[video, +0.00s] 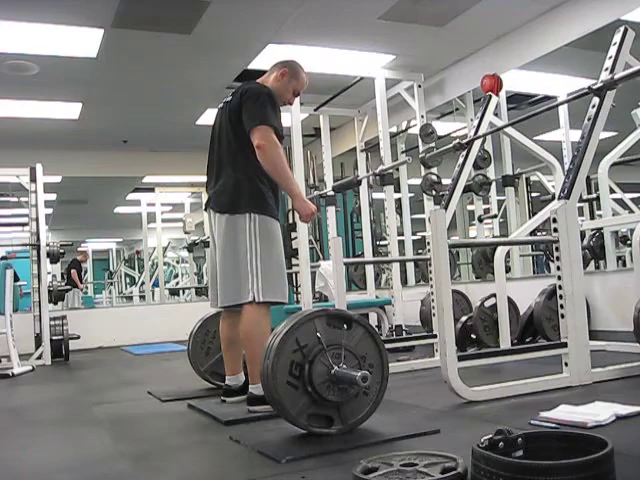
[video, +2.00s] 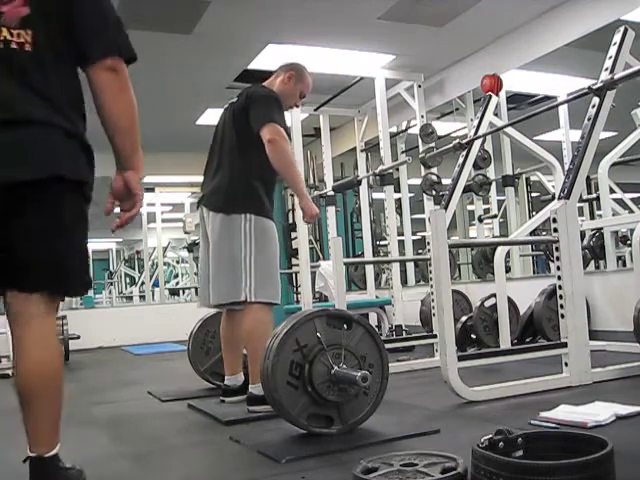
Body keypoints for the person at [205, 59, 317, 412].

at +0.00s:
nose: (292, 100)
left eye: (296, 96)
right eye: (294, 92)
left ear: (272, 72)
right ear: (281, 74)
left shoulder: (231, 103)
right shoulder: (258, 93)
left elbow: (218, 166)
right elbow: (264, 141)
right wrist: (298, 197)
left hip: (222, 208)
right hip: (248, 207)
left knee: (231, 303)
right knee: (257, 300)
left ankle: (234, 383)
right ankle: (260, 390)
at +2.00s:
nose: (298, 103)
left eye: (303, 99)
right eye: (301, 94)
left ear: (277, 76)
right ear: (285, 77)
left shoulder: (237, 104)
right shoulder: (263, 95)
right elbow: (272, 137)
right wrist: (303, 196)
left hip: (220, 207)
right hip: (245, 208)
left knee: (234, 302)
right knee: (259, 301)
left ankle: (233, 383)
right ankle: (260, 389)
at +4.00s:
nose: (256, 67)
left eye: (254, 62)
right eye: (253, 62)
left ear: (221, 68)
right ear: (244, 64)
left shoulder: (209, 101)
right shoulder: (243, 88)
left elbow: (214, 59)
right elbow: (260, 26)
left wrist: (218, 18)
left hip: (234, 206)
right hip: (261, 201)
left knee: (243, 299)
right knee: (268, 298)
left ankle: (233, 383)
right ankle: (259, 389)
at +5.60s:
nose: (317, 223)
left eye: (322, 219)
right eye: (320, 215)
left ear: (306, 197)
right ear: (309, 197)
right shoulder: (278, 198)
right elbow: (261, 246)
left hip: (173, 242)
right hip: (199, 236)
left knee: (246, 307)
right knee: (267, 304)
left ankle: (234, 385)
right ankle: (260, 391)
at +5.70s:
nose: (320, 227)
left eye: (325, 223)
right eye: (323, 219)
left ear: (309, 201)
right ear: (311, 201)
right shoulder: (278, 209)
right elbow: (251, 253)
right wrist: (251, 322)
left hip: (175, 242)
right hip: (196, 238)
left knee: (248, 302)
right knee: (272, 295)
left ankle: (235, 383)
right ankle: (260, 391)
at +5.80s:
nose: (322, 233)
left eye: (326, 228)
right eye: (325, 224)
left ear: (310, 205)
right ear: (312, 205)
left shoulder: (273, 214)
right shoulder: (278, 218)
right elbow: (253, 279)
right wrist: (259, 348)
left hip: (175, 241)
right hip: (194, 239)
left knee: (247, 301)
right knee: (271, 294)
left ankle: (235, 383)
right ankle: (260, 389)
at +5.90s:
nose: (322, 235)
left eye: (327, 230)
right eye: (325, 226)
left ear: (310, 206)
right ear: (312, 206)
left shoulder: (273, 217)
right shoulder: (278, 220)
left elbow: (252, 284)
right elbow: (254, 284)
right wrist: (273, 352)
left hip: (175, 243)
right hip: (193, 241)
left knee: (248, 300)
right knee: (271, 294)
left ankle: (235, 383)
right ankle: (260, 389)